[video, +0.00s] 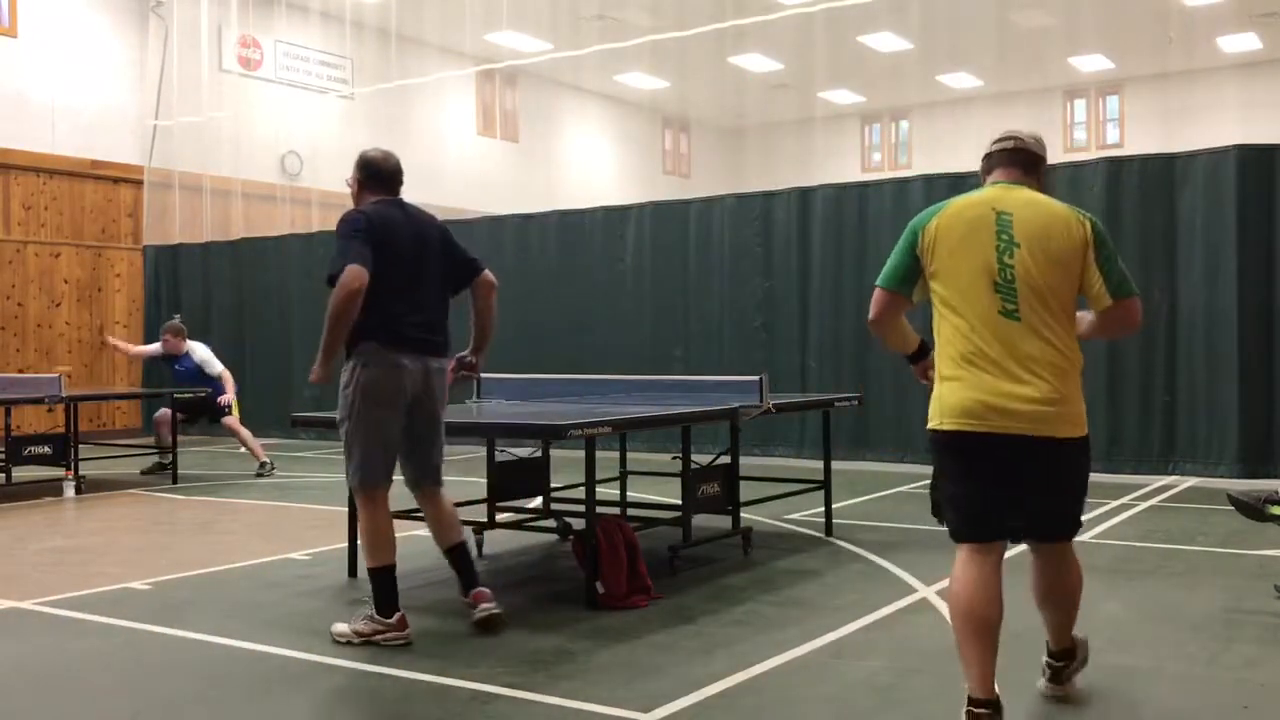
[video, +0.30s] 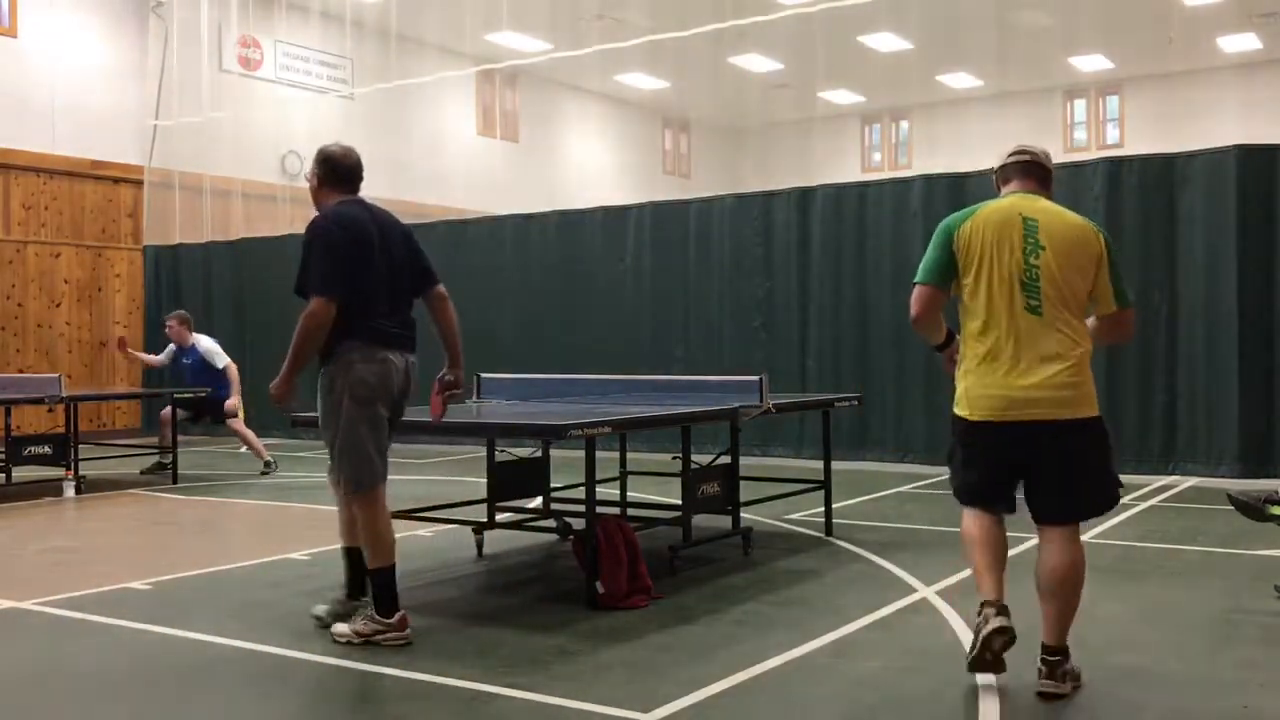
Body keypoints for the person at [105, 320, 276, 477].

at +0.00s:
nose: (163, 344)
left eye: (166, 341)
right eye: (162, 341)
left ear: (179, 340)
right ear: (168, 341)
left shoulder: (199, 351)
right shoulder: (165, 349)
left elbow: (225, 374)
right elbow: (134, 350)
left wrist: (229, 393)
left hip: (216, 398)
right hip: (190, 400)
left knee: (230, 423)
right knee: (161, 418)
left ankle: (264, 461)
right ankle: (164, 461)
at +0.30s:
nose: (167, 332)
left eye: (170, 327)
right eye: (167, 328)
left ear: (183, 327)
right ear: (177, 328)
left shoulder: (205, 344)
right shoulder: (175, 348)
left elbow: (231, 368)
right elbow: (157, 362)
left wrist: (235, 397)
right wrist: (133, 354)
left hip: (218, 401)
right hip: (194, 401)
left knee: (235, 425)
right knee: (166, 415)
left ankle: (268, 461)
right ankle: (164, 461)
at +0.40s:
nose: (169, 322)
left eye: (173, 318)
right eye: (169, 318)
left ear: (187, 319)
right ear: (183, 321)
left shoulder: (208, 337)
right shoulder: (183, 342)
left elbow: (231, 363)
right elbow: (180, 364)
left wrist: (221, 391)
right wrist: (154, 367)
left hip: (230, 389)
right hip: (206, 390)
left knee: (237, 422)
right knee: (173, 413)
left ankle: (269, 461)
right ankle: (169, 459)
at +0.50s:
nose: (169, 319)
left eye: (173, 314)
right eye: (169, 315)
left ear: (187, 315)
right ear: (182, 317)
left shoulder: (204, 332)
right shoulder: (186, 339)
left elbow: (225, 358)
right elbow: (194, 365)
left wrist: (200, 377)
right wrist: (167, 375)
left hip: (230, 383)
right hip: (209, 385)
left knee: (237, 421)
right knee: (177, 411)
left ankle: (268, 460)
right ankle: (176, 458)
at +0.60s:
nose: (164, 320)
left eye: (167, 316)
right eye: (164, 316)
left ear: (180, 315)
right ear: (178, 316)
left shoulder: (198, 331)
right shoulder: (185, 338)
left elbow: (206, 360)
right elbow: (193, 371)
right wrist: (172, 383)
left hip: (226, 382)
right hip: (205, 384)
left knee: (238, 421)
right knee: (178, 414)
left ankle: (268, 459)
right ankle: (187, 459)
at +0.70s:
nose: (156, 320)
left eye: (158, 315)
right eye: (156, 316)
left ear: (171, 314)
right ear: (171, 315)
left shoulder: (187, 329)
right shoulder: (184, 332)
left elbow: (185, 360)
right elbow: (192, 370)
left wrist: (152, 373)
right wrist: (172, 386)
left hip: (221, 385)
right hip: (204, 386)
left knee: (236, 418)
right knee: (176, 414)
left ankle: (265, 457)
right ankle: (186, 458)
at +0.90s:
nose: (142, 314)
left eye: (143, 309)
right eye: (141, 309)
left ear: (155, 308)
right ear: (157, 309)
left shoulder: (167, 322)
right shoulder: (171, 321)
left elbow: (168, 354)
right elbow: (186, 355)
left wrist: (144, 377)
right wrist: (171, 375)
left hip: (198, 374)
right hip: (189, 376)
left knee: (175, 415)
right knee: (175, 414)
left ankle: (187, 458)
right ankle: (186, 458)